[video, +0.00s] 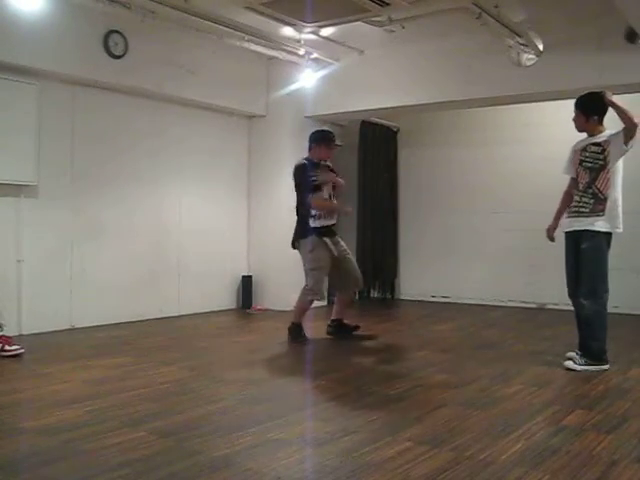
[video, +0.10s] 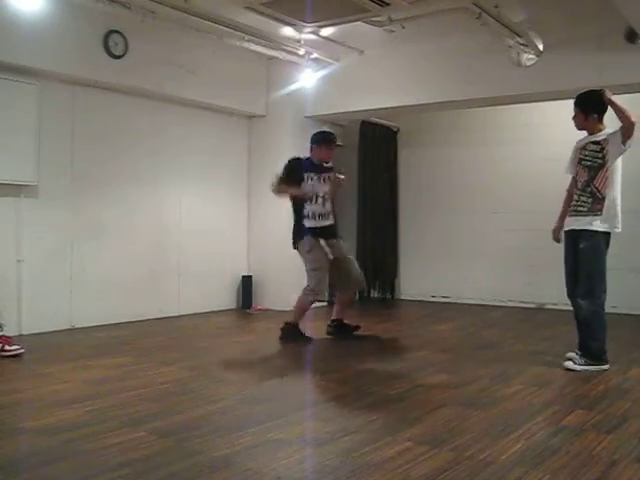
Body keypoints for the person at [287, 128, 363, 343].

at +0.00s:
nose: (332, 153)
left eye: (333, 149)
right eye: (329, 148)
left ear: (323, 149)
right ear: (316, 147)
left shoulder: (326, 168)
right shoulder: (303, 169)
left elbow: (341, 190)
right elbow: (309, 201)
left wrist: (333, 179)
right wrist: (336, 207)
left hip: (330, 233)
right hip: (310, 235)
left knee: (352, 278)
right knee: (315, 286)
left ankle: (337, 322)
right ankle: (295, 325)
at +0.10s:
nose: (332, 153)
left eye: (333, 149)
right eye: (329, 148)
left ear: (329, 150)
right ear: (316, 148)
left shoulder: (329, 170)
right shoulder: (297, 165)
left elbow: (330, 192)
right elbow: (278, 188)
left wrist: (338, 184)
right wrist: (301, 192)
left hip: (329, 234)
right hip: (307, 235)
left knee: (352, 278)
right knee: (317, 284)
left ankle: (337, 323)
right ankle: (291, 326)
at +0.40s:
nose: (316, 161)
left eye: (321, 157)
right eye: (313, 156)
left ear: (326, 160)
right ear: (306, 155)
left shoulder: (333, 184)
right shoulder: (292, 184)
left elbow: (347, 212)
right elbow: (283, 214)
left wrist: (327, 222)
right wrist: (272, 241)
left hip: (328, 246)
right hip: (300, 246)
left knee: (346, 292)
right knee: (286, 282)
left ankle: (340, 323)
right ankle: (284, 327)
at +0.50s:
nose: (321, 153)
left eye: (325, 149)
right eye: (318, 148)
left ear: (331, 150)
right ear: (311, 147)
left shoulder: (340, 174)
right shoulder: (298, 174)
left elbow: (349, 204)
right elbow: (289, 202)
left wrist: (335, 227)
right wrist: (281, 228)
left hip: (332, 237)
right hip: (304, 236)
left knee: (348, 278)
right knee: (290, 277)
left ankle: (346, 321)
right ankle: (285, 325)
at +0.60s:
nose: (327, 142)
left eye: (330, 137)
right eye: (323, 137)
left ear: (336, 138)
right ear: (316, 138)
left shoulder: (345, 163)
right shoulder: (305, 161)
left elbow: (351, 194)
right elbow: (295, 187)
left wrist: (347, 220)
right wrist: (287, 210)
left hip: (336, 228)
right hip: (307, 228)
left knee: (351, 272)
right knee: (295, 269)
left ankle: (346, 319)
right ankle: (293, 315)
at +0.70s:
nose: (330, 137)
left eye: (333, 132)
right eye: (326, 132)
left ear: (338, 133)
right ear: (318, 133)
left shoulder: (348, 158)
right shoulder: (308, 153)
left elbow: (361, 185)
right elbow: (298, 173)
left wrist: (359, 202)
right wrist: (283, 191)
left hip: (336, 222)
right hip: (308, 221)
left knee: (349, 270)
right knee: (297, 263)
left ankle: (347, 318)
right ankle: (308, 299)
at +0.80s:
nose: (331, 136)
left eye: (334, 132)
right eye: (327, 132)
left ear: (338, 133)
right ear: (319, 132)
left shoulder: (346, 155)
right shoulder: (310, 150)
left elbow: (366, 167)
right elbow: (294, 161)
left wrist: (362, 170)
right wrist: (282, 169)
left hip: (335, 223)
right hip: (309, 221)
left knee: (344, 272)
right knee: (302, 265)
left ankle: (350, 319)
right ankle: (310, 294)